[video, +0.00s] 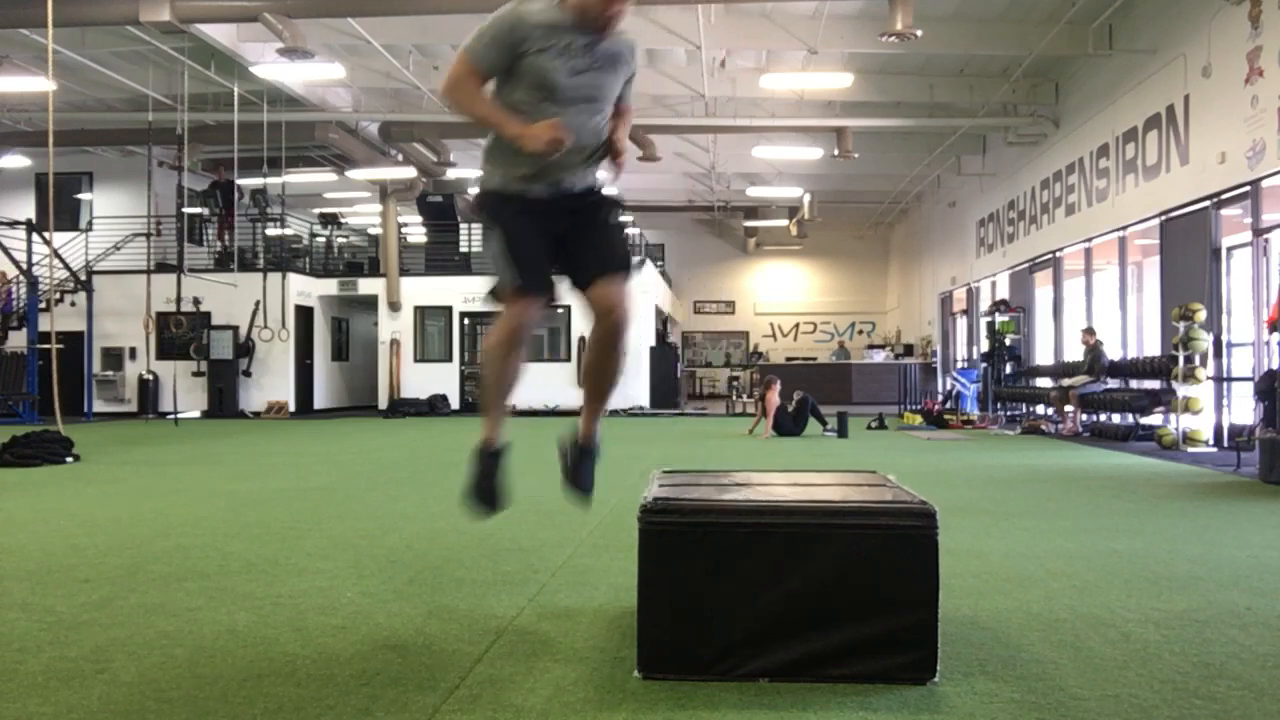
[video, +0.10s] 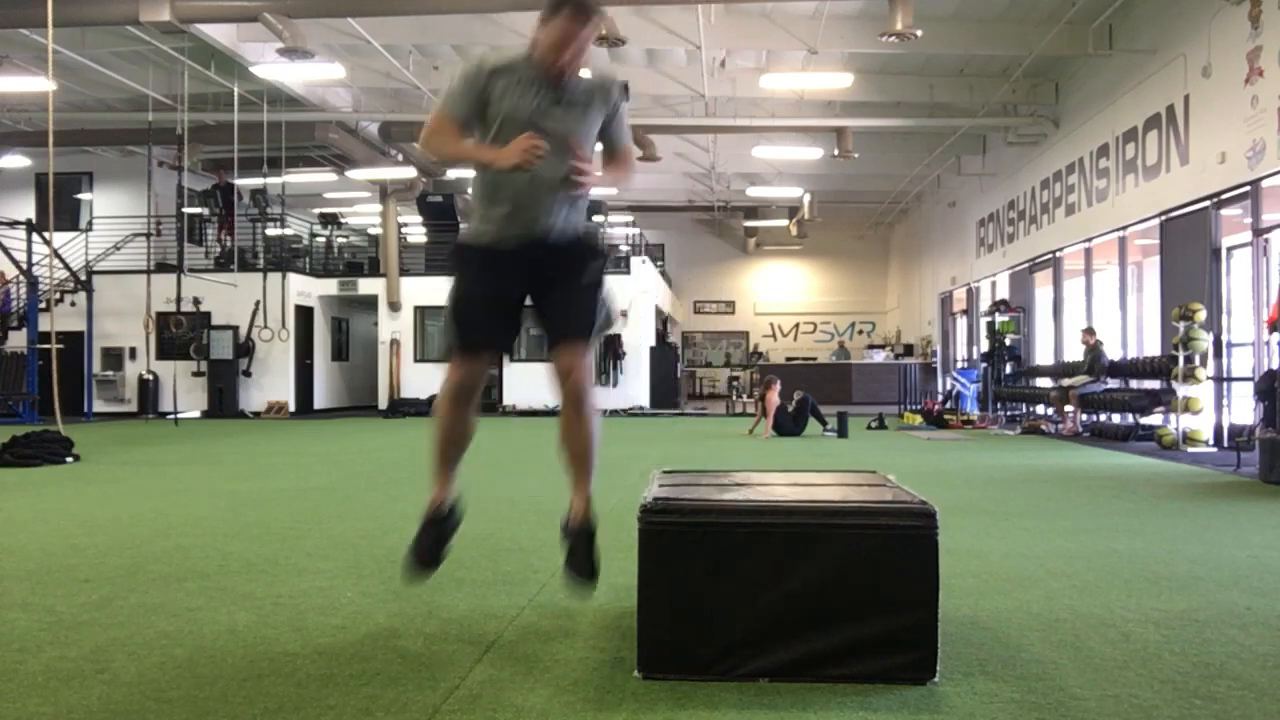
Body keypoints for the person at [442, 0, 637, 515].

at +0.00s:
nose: (615, 13)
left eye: (621, 7)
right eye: (608, 4)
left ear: (626, 6)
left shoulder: (622, 50)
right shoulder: (521, 22)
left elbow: (620, 106)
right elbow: (457, 87)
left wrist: (618, 135)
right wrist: (520, 130)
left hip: (580, 196)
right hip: (513, 196)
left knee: (614, 310)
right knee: (522, 311)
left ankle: (586, 438)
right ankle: (490, 445)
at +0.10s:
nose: (569, 50)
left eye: (582, 41)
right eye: (563, 35)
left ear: (593, 40)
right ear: (541, 25)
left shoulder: (604, 95)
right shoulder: (486, 76)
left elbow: (624, 166)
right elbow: (433, 140)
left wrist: (601, 173)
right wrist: (494, 154)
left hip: (566, 250)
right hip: (490, 248)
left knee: (576, 376)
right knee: (464, 377)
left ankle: (581, 515)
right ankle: (440, 503)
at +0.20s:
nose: (527, 127)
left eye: (537, 117)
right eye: (519, 115)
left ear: (552, 120)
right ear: (501, 113)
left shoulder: (568, 177)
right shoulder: (467, 158)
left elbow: (611, 246)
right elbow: (414, 211)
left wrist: (563, 219)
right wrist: (462, 201)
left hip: (544, 333)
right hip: (472, 330)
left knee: (542, 457)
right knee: (428, 455)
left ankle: (550, 579)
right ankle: (413, 574)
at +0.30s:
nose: (483, 209)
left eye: (494, 198)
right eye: (475, 197)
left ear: (515, 196)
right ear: (463, 194)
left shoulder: (541, 249)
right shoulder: (442, 242)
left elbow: (589, 314)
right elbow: (392, 294)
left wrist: (556, 345)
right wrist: (382, 336)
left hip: (528, 388)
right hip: (460, 385)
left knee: (519, 478)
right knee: (406, 479)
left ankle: (543, 586)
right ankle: (418, 587)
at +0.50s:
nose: (435, 299)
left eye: (447, 287)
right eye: (426, 287)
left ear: (473, 284)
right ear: (416, 284)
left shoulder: (519, 321)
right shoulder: (402, 316)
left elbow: (591, 320)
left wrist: (612, 349)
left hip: (529, 409)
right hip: (455, 411)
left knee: (527, 481)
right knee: (399, 477)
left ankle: (544, 586)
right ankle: (418, 588)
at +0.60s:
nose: (441, 297)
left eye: (453, 285)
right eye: (433, 284)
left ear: (478, 286)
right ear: (422, 283)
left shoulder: (521, 324)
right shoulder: (407, 316)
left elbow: (585, 307)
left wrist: (604, 337)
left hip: (529, 415)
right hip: (455, 415)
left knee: (526, 483)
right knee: (395, 481)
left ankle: (543, 587)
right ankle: (418, 588)